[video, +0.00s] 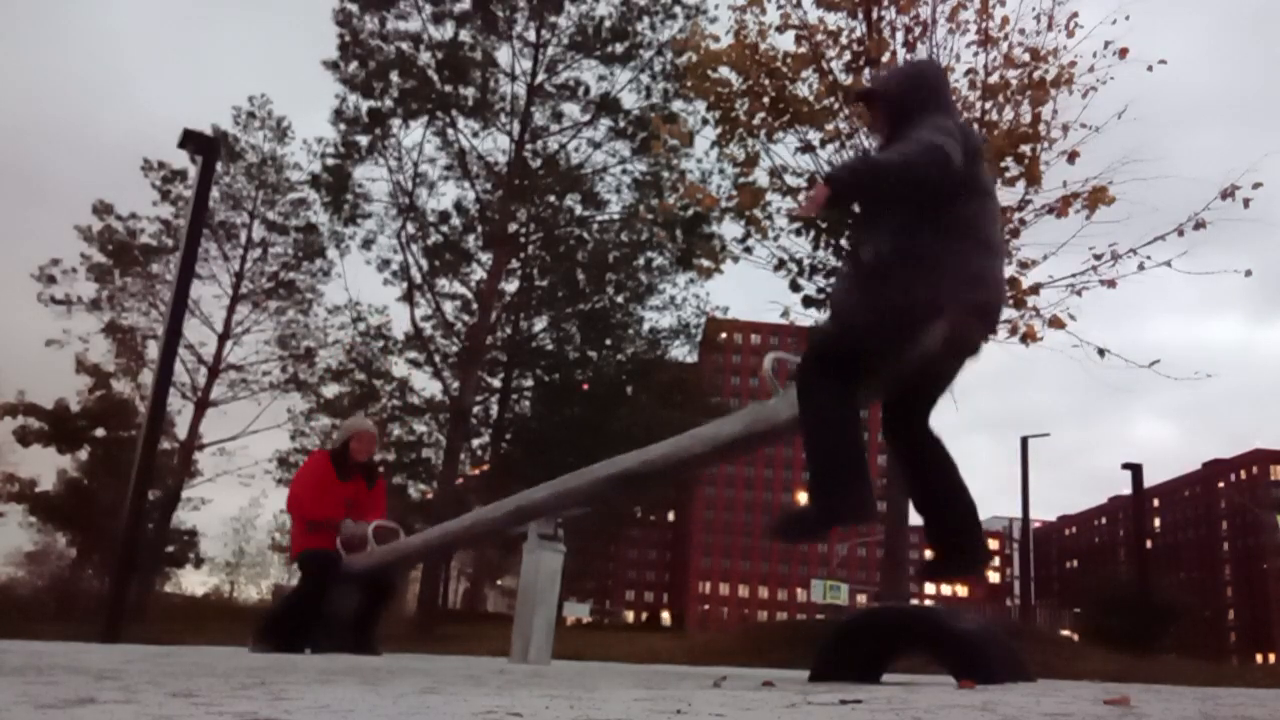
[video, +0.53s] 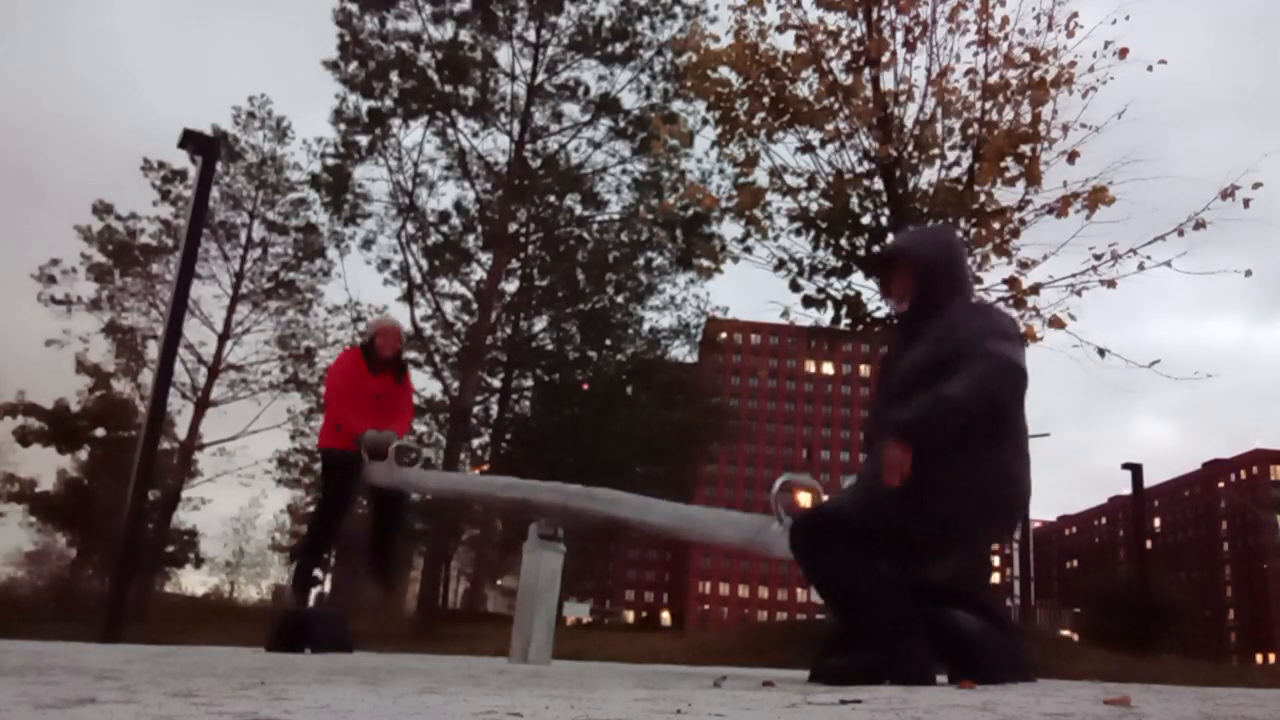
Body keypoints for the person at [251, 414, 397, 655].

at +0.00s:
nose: (366, 449)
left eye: (371, 443)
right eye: (360, 441)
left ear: (376, 447)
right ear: (347, 442)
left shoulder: (372, 478)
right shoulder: (321, 462)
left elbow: (375, 518)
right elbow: (298, 503)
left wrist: (363, 532)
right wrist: (338, 521)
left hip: (353, 548)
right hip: (315, 541)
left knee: (381, 583)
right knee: (322, 578)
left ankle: (359, 642)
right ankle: (275, 636)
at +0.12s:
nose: (372, 428)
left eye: (377, 422)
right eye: (366, 421)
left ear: (382, 426)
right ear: (352, 422)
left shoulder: (380, 459)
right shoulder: (328, 442)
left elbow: (383, 497)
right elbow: (304, 477)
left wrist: (368, 510)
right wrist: (340, 499)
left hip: (356, 532)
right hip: (319, 527)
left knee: (373, 578)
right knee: (315, 578)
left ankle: (360, 638)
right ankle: (274, 633)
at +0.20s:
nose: (378, 410)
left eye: (381, 405)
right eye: (373, 404)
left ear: (384, 408)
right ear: (358, 404)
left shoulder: (383, 440)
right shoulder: (331, 426)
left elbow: (388, 478)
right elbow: (308, 464)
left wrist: (373, 495)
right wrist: (343, 487)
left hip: (362, 517)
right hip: (323, 510)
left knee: (379, 568)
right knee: (316, 566)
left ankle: (362, 635)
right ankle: (275, 630)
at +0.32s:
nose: (382, 384)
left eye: (387, 378)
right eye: (377, 377)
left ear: (391, 381)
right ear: (363, 376)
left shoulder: (391, 414)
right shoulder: (334, 402)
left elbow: (394, 454)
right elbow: (320, 442)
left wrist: (378, 467)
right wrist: (353, 464)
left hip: (368, 492)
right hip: (329, 485)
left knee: (375, 548)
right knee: (323, 541)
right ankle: (287, 606)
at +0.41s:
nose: (385, 366)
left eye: (390, 361)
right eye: (380, 359)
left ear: (395, 364)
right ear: (367, 359)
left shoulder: (396, 395)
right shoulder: (343, 380)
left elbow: (400, 436)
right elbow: (326, 421)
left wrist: (382, 452)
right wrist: (355, 449)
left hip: (374, 473)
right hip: (334, 465)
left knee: (385, 526)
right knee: (330, 521)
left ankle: (376, 593)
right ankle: (299, 583)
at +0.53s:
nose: (389, 343)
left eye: (394, 337)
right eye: (383, 336)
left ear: (401, 343)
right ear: (372, 338)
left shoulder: (400, 374)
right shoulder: (350, 361)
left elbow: (404, 415)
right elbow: (336, 402)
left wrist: (389, 436)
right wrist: (364, 431)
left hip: (380, 454)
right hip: (342, 446)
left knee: (391, 510)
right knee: (335, 506)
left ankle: (381, 581)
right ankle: (303, 575)